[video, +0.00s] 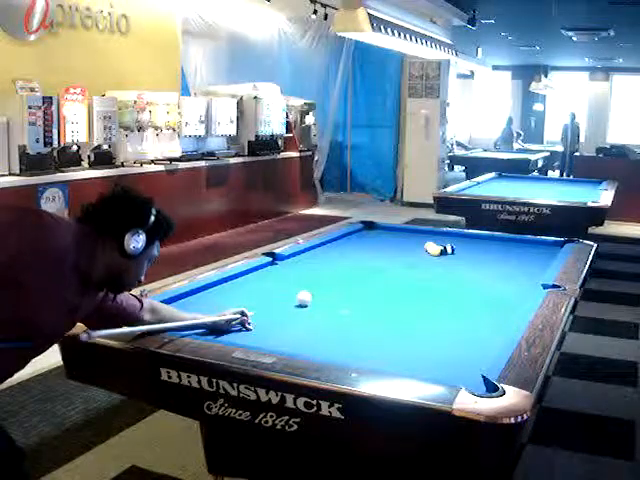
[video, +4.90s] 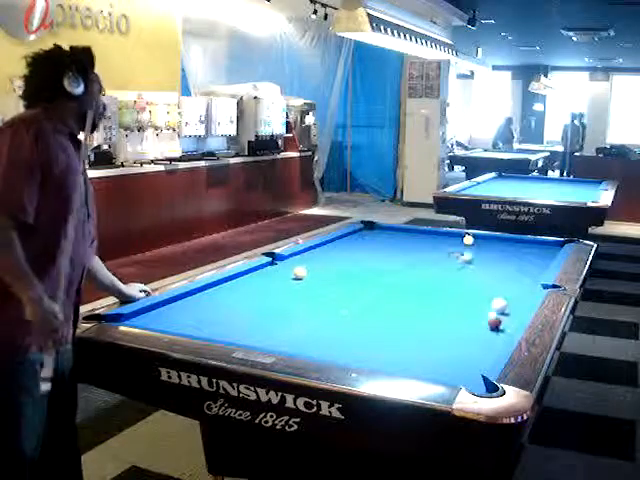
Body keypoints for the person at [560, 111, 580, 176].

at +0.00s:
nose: (571, 118)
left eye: (573, 117)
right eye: (570, 116)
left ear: (574, 117)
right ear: (569, 117)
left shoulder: (576, 127)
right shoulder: (565, 126)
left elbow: (578, 136)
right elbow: (563, 135)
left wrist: (578, 145)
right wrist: (563, 143)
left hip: (573, 146)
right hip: (566, 146)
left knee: (571, 160)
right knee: (563, 160)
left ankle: (569, 173)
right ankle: (561, 172)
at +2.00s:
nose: (572, 119)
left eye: (573, 117)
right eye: (571, 117)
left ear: (574, 118)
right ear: (569, 117)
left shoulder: (576, 127)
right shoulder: (565, 126)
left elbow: (578, 136)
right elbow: (562, 135)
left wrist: (577, 144)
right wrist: (563, 143)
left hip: (573, 146)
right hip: (566, 146)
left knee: (571, 160)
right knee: (563, 160)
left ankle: (569, 173)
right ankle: (561, 173)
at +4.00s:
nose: (570, 119)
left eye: (572, 117)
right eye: (569, 117)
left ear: (574, 118)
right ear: (567, 118)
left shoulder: (576, 127)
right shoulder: (565, 126)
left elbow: (578, 136)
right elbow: (562, 135)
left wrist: (577, 143)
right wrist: (563, 142)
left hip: (573, 146)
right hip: (566, 145)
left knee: (571, 159)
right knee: (564, 159)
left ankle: (570, 173)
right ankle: (562, 172)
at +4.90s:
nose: (572, 119)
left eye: (574, 117)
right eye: (572, 117)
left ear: (575, 118)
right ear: (570, 117)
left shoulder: (577, 127)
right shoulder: (566, 126)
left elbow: (579, 136)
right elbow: (563, 134)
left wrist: (578, 145)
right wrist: (563, 142)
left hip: (573, 146)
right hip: (566, 145)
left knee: (571, 160)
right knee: (563, 160)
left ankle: (569, 173)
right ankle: (561, 173)